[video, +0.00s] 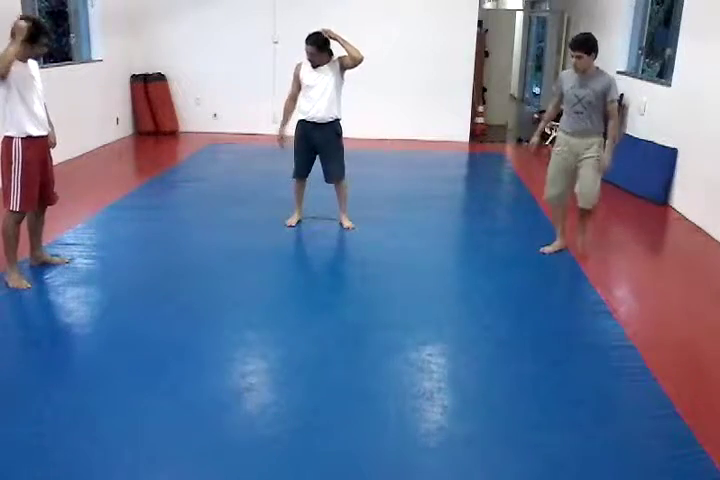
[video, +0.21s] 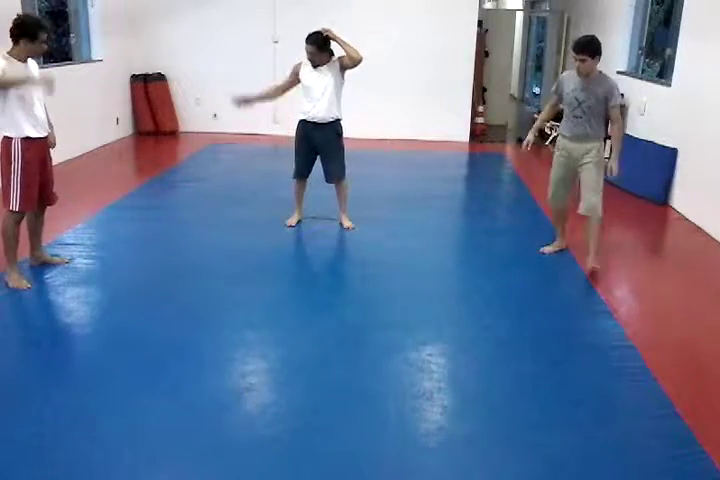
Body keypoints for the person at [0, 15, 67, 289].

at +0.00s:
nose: (37, 56)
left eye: (40, 53)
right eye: (36, 51)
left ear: (38, 47)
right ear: (23, 42)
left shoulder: (31, 63)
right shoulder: (6, 63)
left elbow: (39, 99)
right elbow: (3, 73)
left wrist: (49, 129)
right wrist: (15, 42)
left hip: (39, 137)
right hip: (16, 139)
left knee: (40, 202)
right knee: (16, 208)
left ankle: (37, 252)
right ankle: (11, 268)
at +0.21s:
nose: (46, 48)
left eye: (46, 42)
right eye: (42, 42)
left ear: (27, 42)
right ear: (24, 41)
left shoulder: (32, 67)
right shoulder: (6, 64)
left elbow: (37, 101)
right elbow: (6, 79)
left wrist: (49, 130)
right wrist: (35, 77)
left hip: (38, 138)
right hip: (15, 140)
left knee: (39, 202)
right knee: (16, 208)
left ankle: (37, 252)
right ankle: (11, 268)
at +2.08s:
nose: (53, 45)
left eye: (54, 40)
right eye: (53, 40)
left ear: (30, 37)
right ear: (45, 39)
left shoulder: (17, 60)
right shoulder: (32, 65)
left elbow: (6, 93)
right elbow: (39, 101)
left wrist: (23, 112)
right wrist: (54, 127)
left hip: (25, 135)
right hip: (39, 137)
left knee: (39, 194)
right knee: (69, 193)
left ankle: (40, 247)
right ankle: (47, 246)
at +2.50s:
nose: (69, 46)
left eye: (68, 41)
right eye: (68, 41)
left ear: (43, 38)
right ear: (64, 40)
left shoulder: (25, 63)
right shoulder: (63, 67)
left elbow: (4, 93)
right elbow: (83, 100)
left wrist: (23, 119)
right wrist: (79, 123)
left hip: (34, 134)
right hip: (60, 135)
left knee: (46, 190)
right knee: (71, 186)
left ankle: (44, 247)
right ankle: (70, 235)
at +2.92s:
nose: (81, 45)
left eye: (81, 40)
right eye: (81, 40)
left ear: (60, 35)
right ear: (76, 38)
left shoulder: (39, 56)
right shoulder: (73, 60)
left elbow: (14, 84)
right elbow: (91, 92)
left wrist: (31, 112)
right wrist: (84, 116)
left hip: (43, 125)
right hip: (63, 126)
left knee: (63, 177)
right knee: (71, 181)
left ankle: (60, 229)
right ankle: (69, 232)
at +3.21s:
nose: (87, 44)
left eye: (87, 39)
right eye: (86, 38)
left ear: (71, 35)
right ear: (76, 36)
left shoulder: (54, 55)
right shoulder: (63, 56)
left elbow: (40, 91)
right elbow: (62, 87)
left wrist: (47, 116)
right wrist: (78, 107)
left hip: (53, 119)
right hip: (62, 121)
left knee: (68, 172)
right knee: (70, 175)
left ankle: (71, 218)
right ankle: (68, 231)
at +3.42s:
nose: (88, 40)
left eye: (88, 35)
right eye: (86, 35)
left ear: (72, 33)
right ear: (73, 33)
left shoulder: (64, 55)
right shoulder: (55, 54)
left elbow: (60, 89)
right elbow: (46, 85)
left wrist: (76, 115)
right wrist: (75, 112)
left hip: (66, 120)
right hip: (58, 121)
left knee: (70, 175)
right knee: (66, 176)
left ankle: (71, 219)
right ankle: (66, 229)